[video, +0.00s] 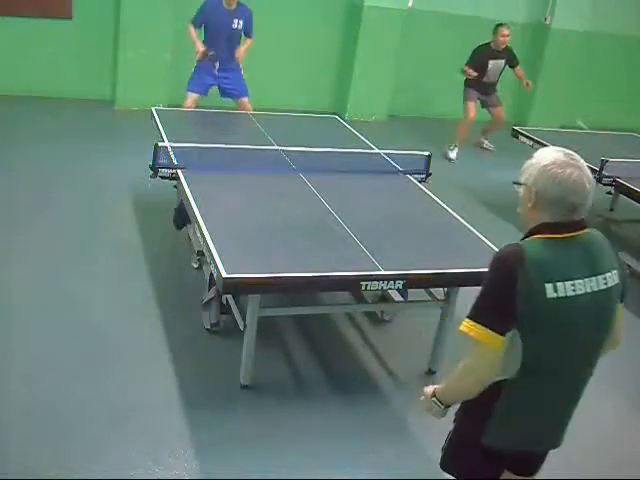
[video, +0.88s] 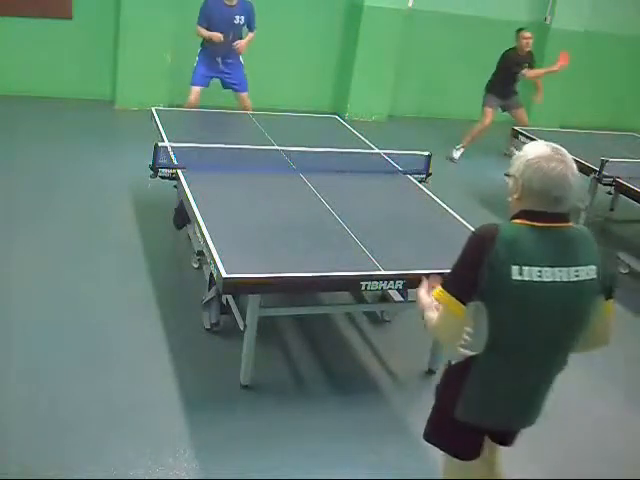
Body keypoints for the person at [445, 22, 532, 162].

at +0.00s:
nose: (505, 39)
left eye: (507, 36)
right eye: (502, 36)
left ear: (509, 37)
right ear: (494, 37)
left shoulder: (508, 52)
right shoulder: (482, 50)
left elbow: (516, 68)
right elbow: (467, 68)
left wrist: (524, 79)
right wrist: (472, 73)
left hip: (490, 88)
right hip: (473, 86)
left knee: (499, 119)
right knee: (470, 117)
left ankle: (482, 138)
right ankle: (455, 147)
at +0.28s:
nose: (488, 54)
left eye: (491, 51)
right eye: (485, 51)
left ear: (495, 50)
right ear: (480, 51)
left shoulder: (501, 59)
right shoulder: (472, 63)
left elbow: (513, 73)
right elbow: (463, 84)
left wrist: (520, 93)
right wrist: (456, 83)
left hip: (493, 95)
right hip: (475, 95)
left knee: (511, 121)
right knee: (471, 120)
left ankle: (503, 147)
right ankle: (455, 147)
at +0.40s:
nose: (489, 53)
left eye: (491, 50)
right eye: (486, 50)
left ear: (496, 49)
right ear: (481, 50)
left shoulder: (503, 58)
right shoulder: (476, 63)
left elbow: (513, 74)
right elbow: (474, 86)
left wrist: (520, 94)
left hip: (497, 95)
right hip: (479, 94)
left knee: (513, 122)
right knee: (473, 121)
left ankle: (506, 148)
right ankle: (455, 147)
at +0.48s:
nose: (492, 51)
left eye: (494, 47)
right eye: (489, 48)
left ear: (498, 47)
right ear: (484, 48)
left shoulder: (505, 55)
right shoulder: (480, 62)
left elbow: (512, 73)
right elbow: (481, 87)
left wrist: (520, 93)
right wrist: (490, 92)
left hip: (496, 90)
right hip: (478, 91)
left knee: (516, 120)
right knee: (474, 120)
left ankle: (509, 149)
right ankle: (455, 147)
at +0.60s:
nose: (502, 45)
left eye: (504, 42)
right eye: (499, 43)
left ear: (507, 43)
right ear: (492, 45)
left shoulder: (509, 54)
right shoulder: (490, 61)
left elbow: (514, 72)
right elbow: (518, 73)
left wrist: (518, 88)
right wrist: (546, 73)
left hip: (498, 91)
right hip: (480, 92)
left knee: (516, 121)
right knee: (477, 121)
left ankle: (513, 147)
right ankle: (455, 148)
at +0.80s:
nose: (523, 43)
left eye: (525, 40)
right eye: (519, 40)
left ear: (526, 42)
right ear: (512, 42)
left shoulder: (523, 56)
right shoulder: (508, 57)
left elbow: (530, 72)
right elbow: (531, 70)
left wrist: (532, 91)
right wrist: (555, 65)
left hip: (506, 92)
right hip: (490, 92)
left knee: (521, 122)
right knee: (485, 122)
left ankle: (511, 148)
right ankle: (458, 147)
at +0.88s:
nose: (528, 42)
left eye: (530, 39)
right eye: (524, 39)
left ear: (532, 41)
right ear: (517, 40)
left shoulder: (529, 55)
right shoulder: (510, 55)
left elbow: (533, 73)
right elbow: (527, 74)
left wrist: (539, 91)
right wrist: (553, 69)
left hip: (510, 93)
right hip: (493, 92)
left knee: (523, 123)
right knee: (486, 122)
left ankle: (512, 149)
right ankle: (461, 148)